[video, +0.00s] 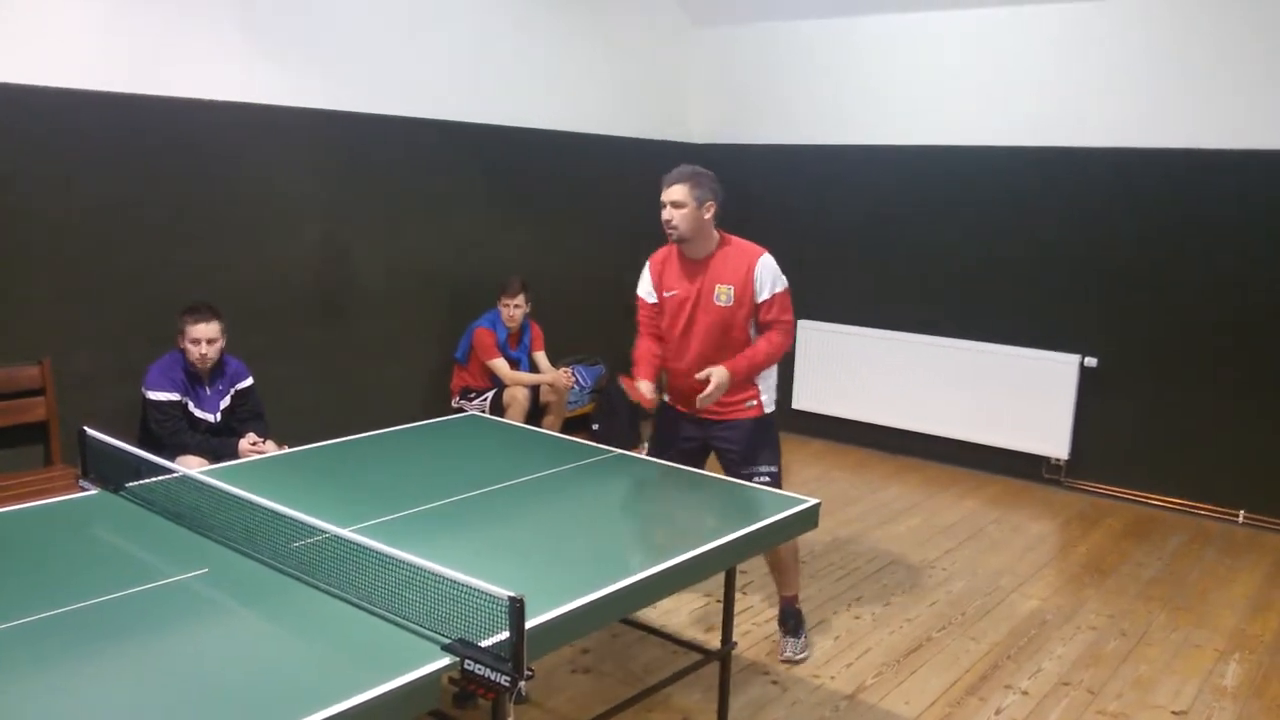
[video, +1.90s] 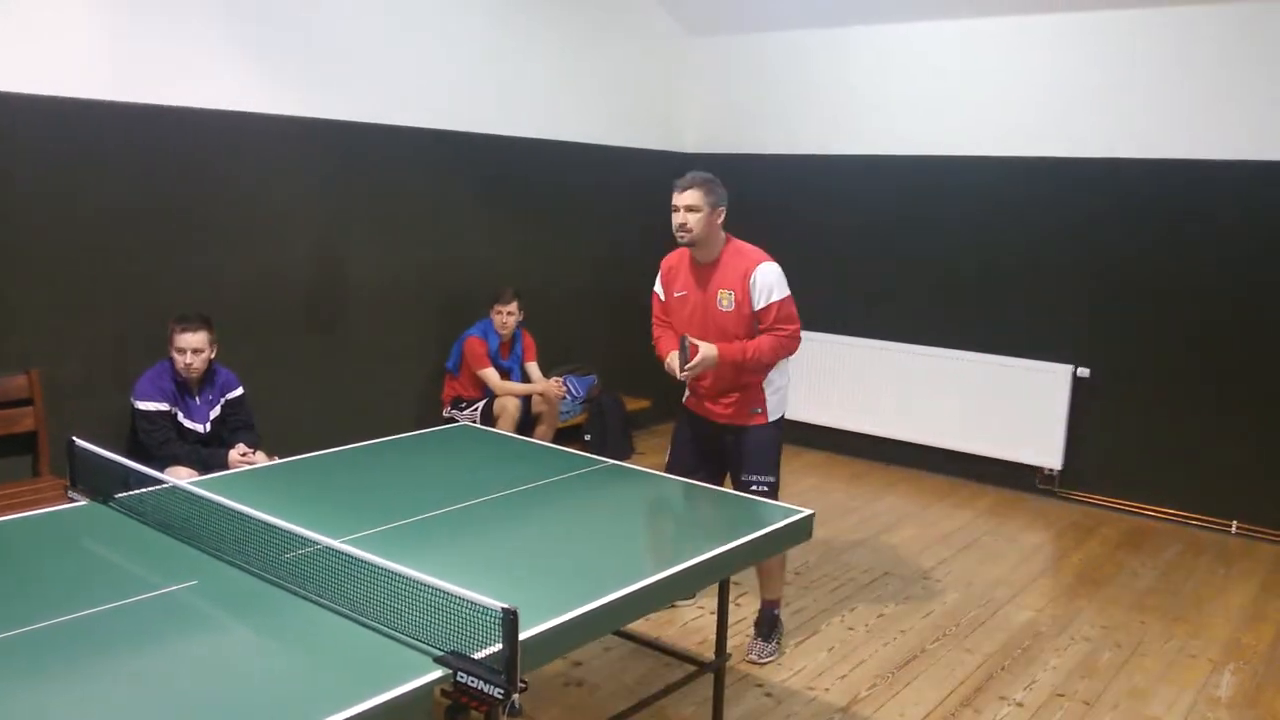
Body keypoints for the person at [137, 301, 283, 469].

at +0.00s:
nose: (203, 352)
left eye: (211, 342)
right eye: (195, 343)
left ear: (223, 341)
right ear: (181, 342)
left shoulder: (235, 371)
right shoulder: (160, 378)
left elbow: (251, 419)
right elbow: (174, 440)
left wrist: (251, 438)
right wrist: (234, 448)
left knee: (270, 450)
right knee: (195, 466)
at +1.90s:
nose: (188, 361)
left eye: (197, 352)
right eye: (180, 352)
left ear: (212, 352)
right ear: (170, 351)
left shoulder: (225, 381)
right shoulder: (150, 388)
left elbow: (241, 428)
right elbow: (163, 450)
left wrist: (241, 448)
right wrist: (223, 459)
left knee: (260, 461)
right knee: (184, 477)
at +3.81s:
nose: (203, 361)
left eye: (210, 352)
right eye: (194, 353)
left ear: (221, 348)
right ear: (178, 350)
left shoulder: (232, 379)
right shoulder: (158, 385)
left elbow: (248, 426)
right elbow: (169, 447)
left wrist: (248, 444)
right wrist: (230, 456)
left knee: (267, 459)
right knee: (191, 474)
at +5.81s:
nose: (194, 362)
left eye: (201, 353)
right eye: (185, 354)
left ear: (210, 350)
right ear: (168, 352)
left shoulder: (223, 381)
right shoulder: (147, 387)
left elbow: (239, 430)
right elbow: (160, 449)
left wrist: (240, 448)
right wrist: (221, 459)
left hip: (212, 459)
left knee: (257, 462)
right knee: (181, 477)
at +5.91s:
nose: (194, 361)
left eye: (201, 352)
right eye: (185, 353)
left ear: (210, 350)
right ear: (168, 351)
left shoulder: (223, 380)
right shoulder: (147, 387)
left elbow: (239, 429)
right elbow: (159, 448)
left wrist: (239, 447)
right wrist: (220, 459)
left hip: (212, 459)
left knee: (257, 461)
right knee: (181, 476)